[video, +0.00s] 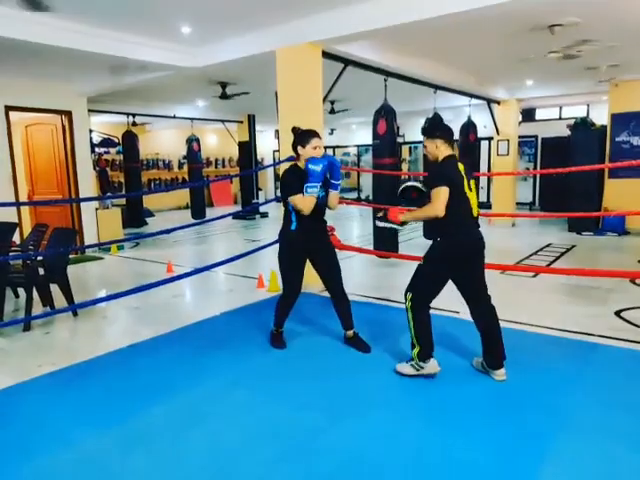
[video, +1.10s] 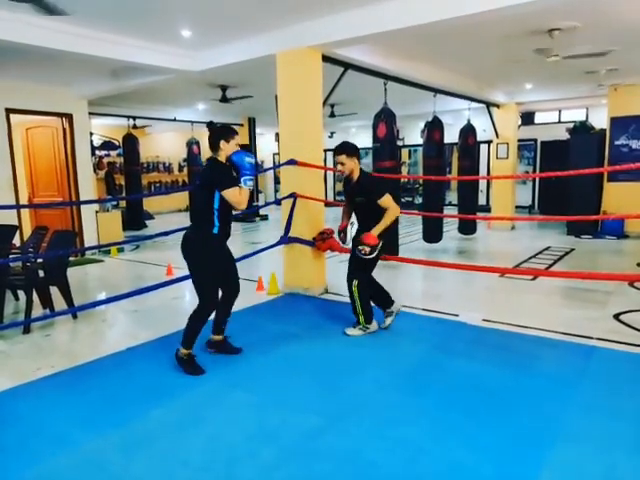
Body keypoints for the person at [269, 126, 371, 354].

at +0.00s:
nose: (320, 152)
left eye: (321, 148)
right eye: (315, 148)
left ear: (322, 149)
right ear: (300, 150)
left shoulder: (321, 171)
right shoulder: (290, 174)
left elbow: (332, 205)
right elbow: (305, 208)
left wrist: (334, 178)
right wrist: (314, 178)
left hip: (318, 236)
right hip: (293, 238)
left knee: (336, 287)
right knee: (292, 291)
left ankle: (350, 333)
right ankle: (277, 330)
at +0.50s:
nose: (297, 153)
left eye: (297, 149)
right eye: (293, 149)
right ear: (278, 150)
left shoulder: (292, 173)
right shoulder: (269, 175)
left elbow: (310, 203)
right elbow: (289, 204)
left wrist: (313, 177)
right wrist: (295, 176)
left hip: (290, 240)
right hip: (267, 242)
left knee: (310, 285)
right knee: (279, 293)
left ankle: (332, 329)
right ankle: (264, 329)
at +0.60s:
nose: (290, 148)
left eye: (291, 143)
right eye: (286, 143)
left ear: (281, 144)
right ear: (272, 144)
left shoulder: (286, 167)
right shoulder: (263, 168)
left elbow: (301, 200)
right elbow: (281, 200)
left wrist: (303, 175)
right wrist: (289, 172)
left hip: (280, 236)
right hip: (257, 237)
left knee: (299, 278)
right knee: (272, 288)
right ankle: (262, 328)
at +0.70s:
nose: (284, 150)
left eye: (285, 145)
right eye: (281, 145)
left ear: (271, 147)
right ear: (267, 146)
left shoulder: (277, 168)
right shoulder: (256, 169)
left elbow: (292, 201)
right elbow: (276, 203)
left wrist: (298, 178)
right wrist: (284, 176)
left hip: (273, 235)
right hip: (252, 235)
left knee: (289, 281)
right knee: (265, 289)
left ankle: (274, 322)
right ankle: (247, 327)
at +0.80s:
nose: (272, 158)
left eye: (271, 153)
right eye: (269, 154)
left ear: (257, 155)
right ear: (256, 155)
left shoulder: (261, 179)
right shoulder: (246, 181)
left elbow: (273, 212)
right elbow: (265, 215)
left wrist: (279, 189)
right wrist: (274, 188)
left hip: (260, 245)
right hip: (243, 245)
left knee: (280, 286)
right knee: (244, 301)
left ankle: (270, 327)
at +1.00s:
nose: (247, 156)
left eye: (247, 151)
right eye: (244, 151)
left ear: (230, 152)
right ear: (233, 152)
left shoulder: (231, 174)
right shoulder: (227, 177)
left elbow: (242, 208)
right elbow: (253, 206)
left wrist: (254, 210)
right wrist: (257, 179)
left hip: (230, 247)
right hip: (213, 249)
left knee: (246, 291)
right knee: (214, 305)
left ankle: (259, 330)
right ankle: (185, 353)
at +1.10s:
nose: (238, 147)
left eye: (237, 143)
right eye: (235, 143)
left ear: (219, 145)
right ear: (223, 144)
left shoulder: (215, 168)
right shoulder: (217, 170)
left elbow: (236, 200)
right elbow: (240, 202)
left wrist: (243, 181)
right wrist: (246, 176)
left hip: (213, 241)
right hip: (202, 243)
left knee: (231, 289)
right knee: (209, 300)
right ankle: (184, 351)